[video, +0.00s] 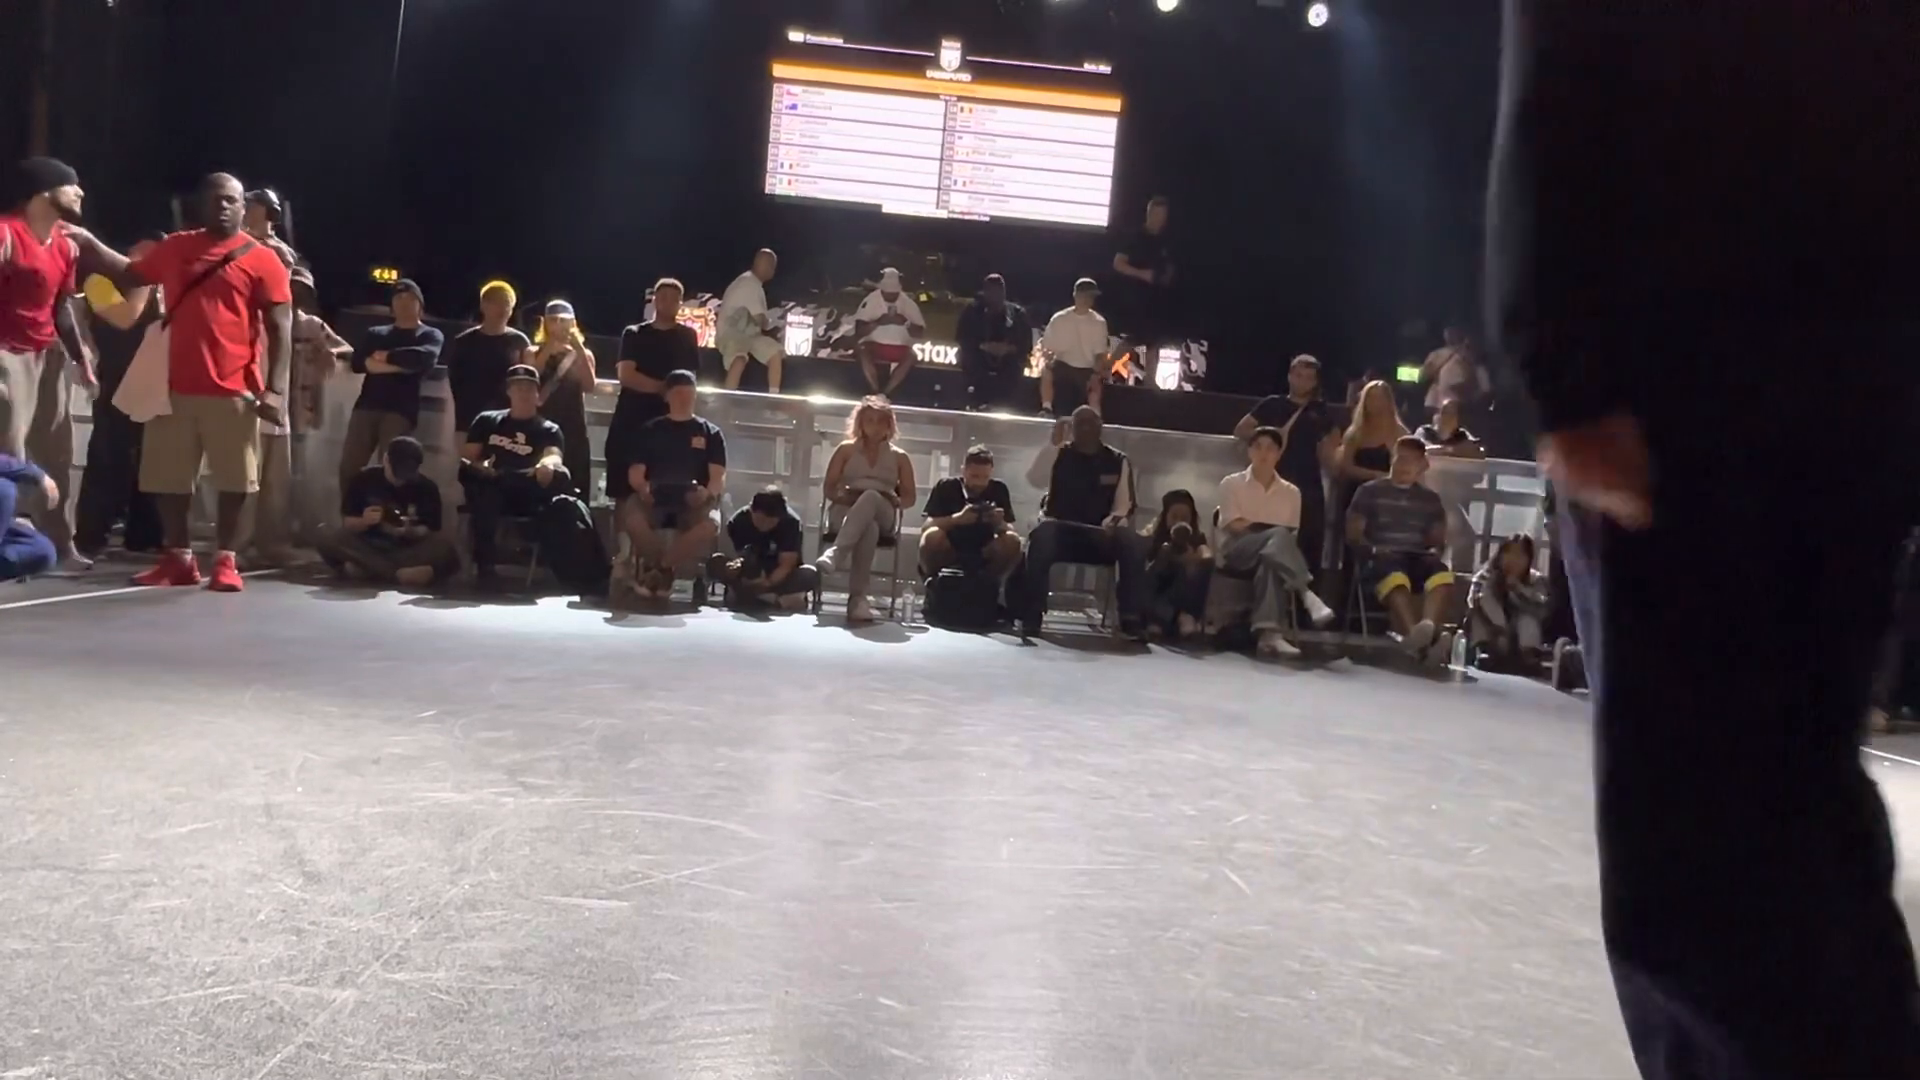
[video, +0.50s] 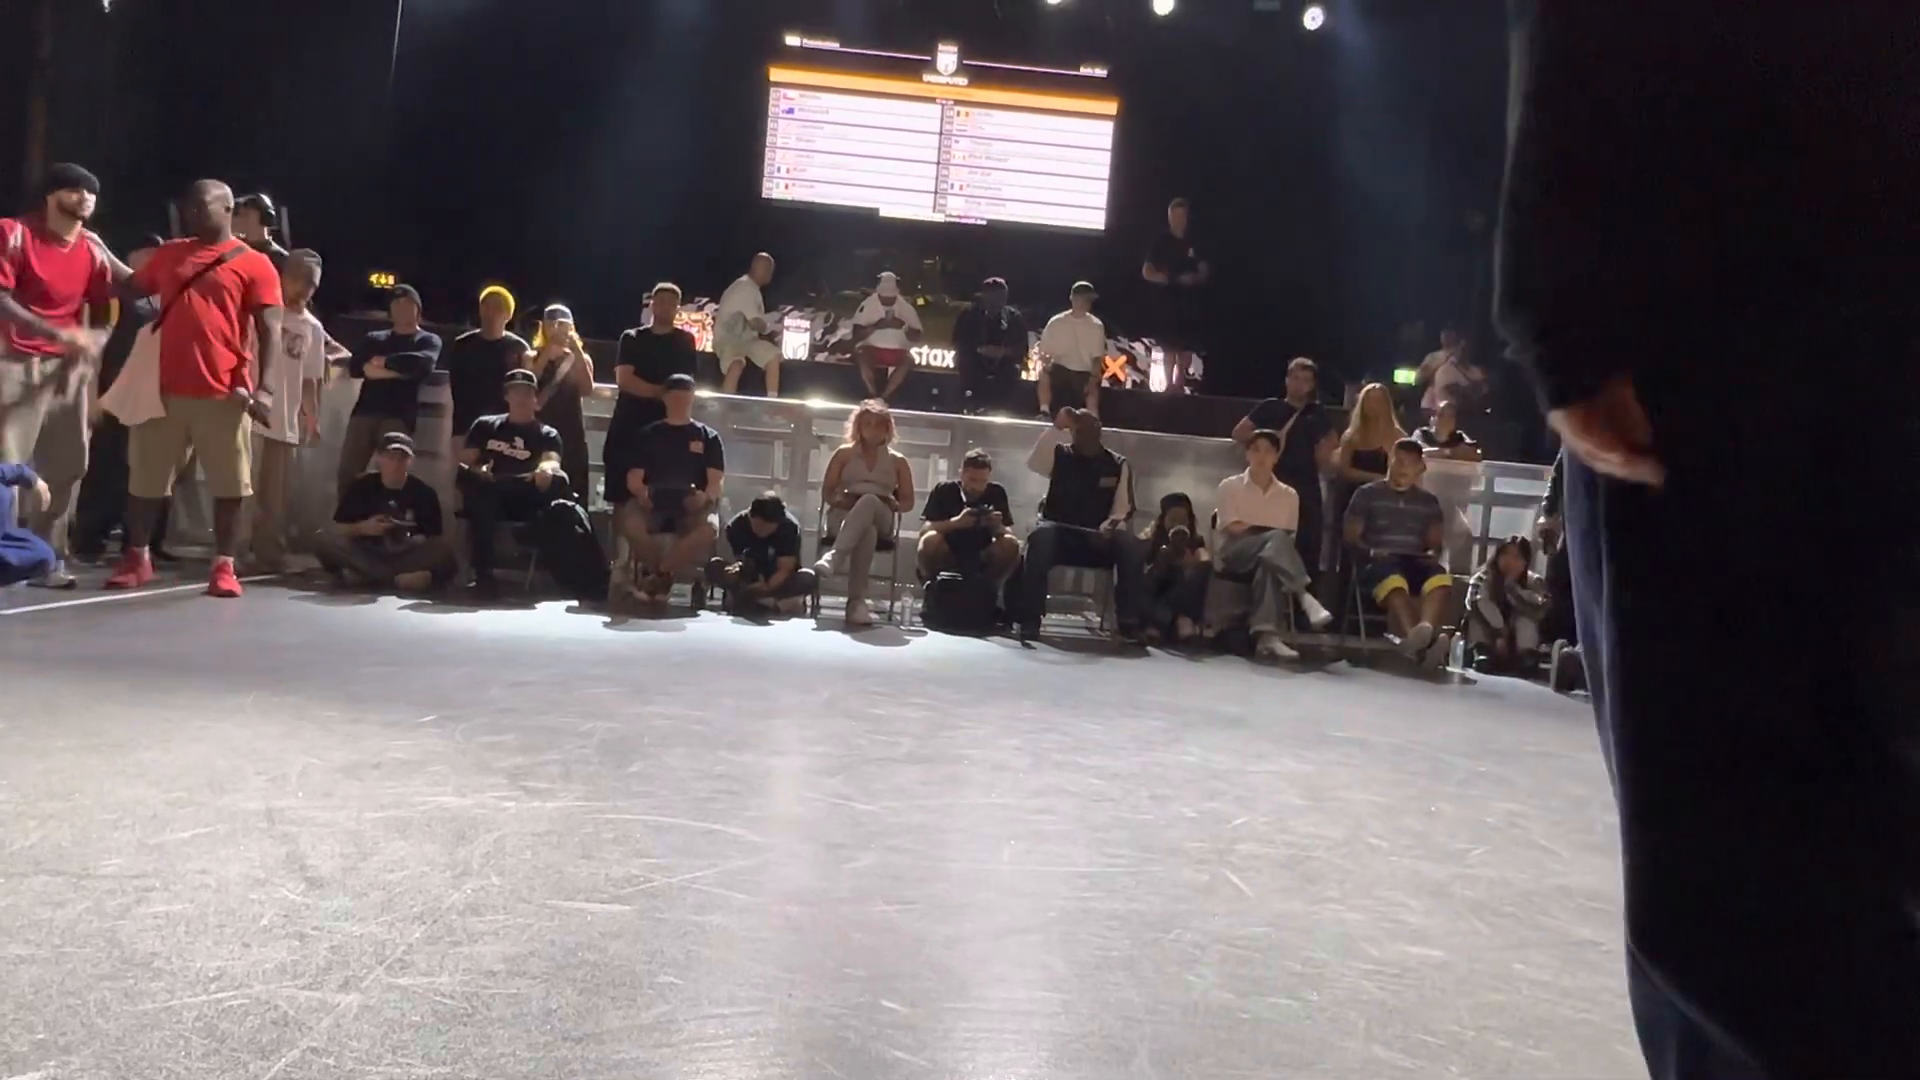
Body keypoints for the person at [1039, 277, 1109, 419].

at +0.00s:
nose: (1087, 299)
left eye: (1090, 296)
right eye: (1083, 295)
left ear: (1093, 298)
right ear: (1075, 296)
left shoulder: (1099, 322)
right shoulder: (1059, 318)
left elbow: (1101, 354)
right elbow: (1046, 345)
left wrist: (1096, 375)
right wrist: (1048, 358)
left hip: (1088, 366)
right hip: (1063, 364)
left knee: (1096, 382)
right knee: (1047, 371)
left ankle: (1095, 416)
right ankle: (1046, 408)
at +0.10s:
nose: (1087, 300)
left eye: (1090, 296)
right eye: (1083, 295)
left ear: (1093, 298)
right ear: (1075, 296)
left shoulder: (1098, 323)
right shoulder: (1059, 319)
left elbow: (1100, 354)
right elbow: (1046, 346)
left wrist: (1095, 376)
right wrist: (1047, 359)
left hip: (1087, 367)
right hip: (1063, 364)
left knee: (1095, 381)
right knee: (1046, 371)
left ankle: (1094, 416)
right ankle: (1046, 408)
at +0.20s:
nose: (1086, 301)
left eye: (1090, 298)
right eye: (1082, 297)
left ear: (1093, 300)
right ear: (1075, 297)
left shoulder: (1099, 324)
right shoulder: (1059, 320)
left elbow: (1101, 355)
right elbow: (1046, 346)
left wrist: (1096, 377)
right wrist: (1048, 361)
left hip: (1087, 368)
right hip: (1063, 365)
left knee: (1095, 383)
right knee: (1046, 373)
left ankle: (1094, 418)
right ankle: (1047, 410)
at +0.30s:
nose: (1087, 302)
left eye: (1090, 298)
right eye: (1084, 298)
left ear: (1093, 300)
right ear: (1075, 298)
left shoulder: (1099, 325)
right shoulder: (1059, 321)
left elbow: (1100, 356)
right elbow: (1046, 348)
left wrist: (1096, 379)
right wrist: (1047, 362)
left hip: (1087, 370)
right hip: (1063, 367)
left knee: (1095, 384)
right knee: (1046, 373)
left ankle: (1095, 419)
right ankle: (1046, 410)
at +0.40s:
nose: (1087, 303)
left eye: (1090, 299)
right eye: (1083, 298)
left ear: (1092, 301)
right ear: (1074, 298)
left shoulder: (1098, 325)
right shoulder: (1058, 321)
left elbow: (1100, 357)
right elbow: (1046, 348)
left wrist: (1095, 380)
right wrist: (1047, 362)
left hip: (1086, 371)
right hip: (1062, 367)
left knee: (1094, 384)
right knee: (1045, 374)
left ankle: (1094, 420)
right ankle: (1046, 410)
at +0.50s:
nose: (1083, 303)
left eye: (1087, 299)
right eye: (1080, 298)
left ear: (1090, 301)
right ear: (1072, 299)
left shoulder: (1096, 325)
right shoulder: (1056, 322)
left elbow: (1098, 358)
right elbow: (1044, 349)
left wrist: (1092, 381)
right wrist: (1045, 363)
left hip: (1085, 370)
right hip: (1060, 367)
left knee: (1093, 384)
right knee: (1043, 374)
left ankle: (1093, 419)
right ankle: (1044, 410)